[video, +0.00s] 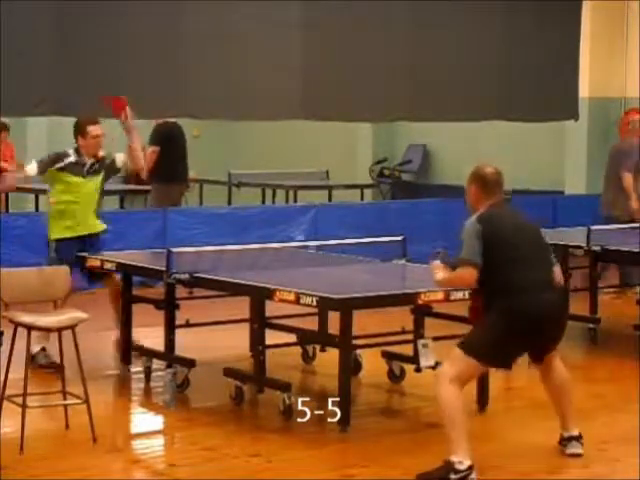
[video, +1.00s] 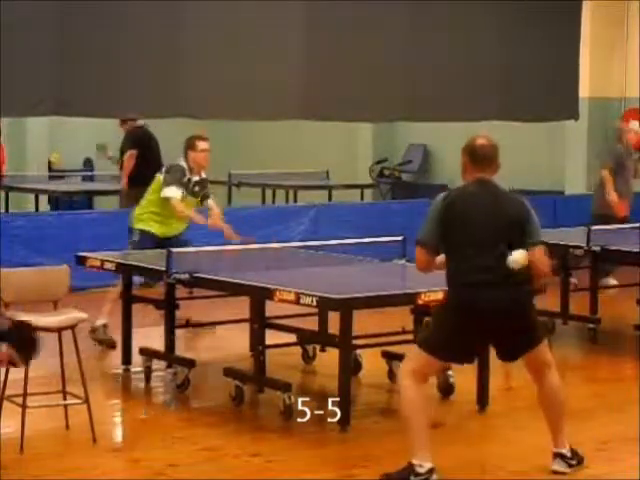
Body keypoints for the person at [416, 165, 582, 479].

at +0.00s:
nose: (466, 197)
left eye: (467, 191)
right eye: (467, 191)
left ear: (474, 191)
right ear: (500, 190)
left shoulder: (477, 223)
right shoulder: (526, 222)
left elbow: (469, 277)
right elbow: (557, 279)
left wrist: (442, 276)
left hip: (511, 311)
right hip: (552, 307)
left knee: (449, 377)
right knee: (548, 358)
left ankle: (459, 460)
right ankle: (571, 434)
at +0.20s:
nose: (479, 179)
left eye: (479, 173)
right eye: (481, 173)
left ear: (486, 173)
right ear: (510, 173)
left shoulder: (494, 209)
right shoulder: (526, 209)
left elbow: (482, 262)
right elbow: (517, 261)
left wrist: (438, 253)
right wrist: (455, 255)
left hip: (508, 311)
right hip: (548, 305)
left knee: (450, 375)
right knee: (549, 358)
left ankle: (460, 463)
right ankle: (572, 434)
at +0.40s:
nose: (490, 156)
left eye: (491, 151)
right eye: (493, 151)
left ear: (497, 156)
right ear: (524, 157)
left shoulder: (504, 198)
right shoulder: (534, 193)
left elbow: (488, 250)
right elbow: (503, 226)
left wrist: (443, 242)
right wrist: (457, 212)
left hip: (501, 306)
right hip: (535, 302)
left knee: (452, 370)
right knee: (538, 362)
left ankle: (460, 462)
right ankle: (570, 434)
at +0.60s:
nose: (478, 159)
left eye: (479, 154)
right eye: (480, 153)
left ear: (484, 159)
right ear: (513, 159)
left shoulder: (487, 201)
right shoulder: (533, 198)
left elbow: (460, 255)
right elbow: (524, 251)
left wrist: (429, 248)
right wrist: (469, 242)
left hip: (491, 309)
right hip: (532, 307)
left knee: (444, 366)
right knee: (537, 363)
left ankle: (463, 461)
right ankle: (570, 435)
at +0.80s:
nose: (472, 151)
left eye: (473, 146)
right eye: (477, 146)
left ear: (476, 148)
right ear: (508, 150)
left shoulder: (464, 187)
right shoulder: (529, 191)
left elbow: (438, 244)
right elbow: (548, 251)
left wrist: (435, 237)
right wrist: (518, 256)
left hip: (472, 295)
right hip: (520, 296)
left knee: (424, 365)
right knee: (543, 366)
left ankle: (439, 452)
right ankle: (562, 446)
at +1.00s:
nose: (464, 168)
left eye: (463, 163)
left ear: (464, 164)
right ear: (497, 166)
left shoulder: (448, 203)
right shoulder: (516, 204)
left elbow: (424, 262)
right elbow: (540, 265)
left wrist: (450, 256)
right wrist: (535, 282)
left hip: (463, 311)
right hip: (513, 310)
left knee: (412, 372)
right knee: (545, 371)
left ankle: (420, 464)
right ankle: (562, 452)